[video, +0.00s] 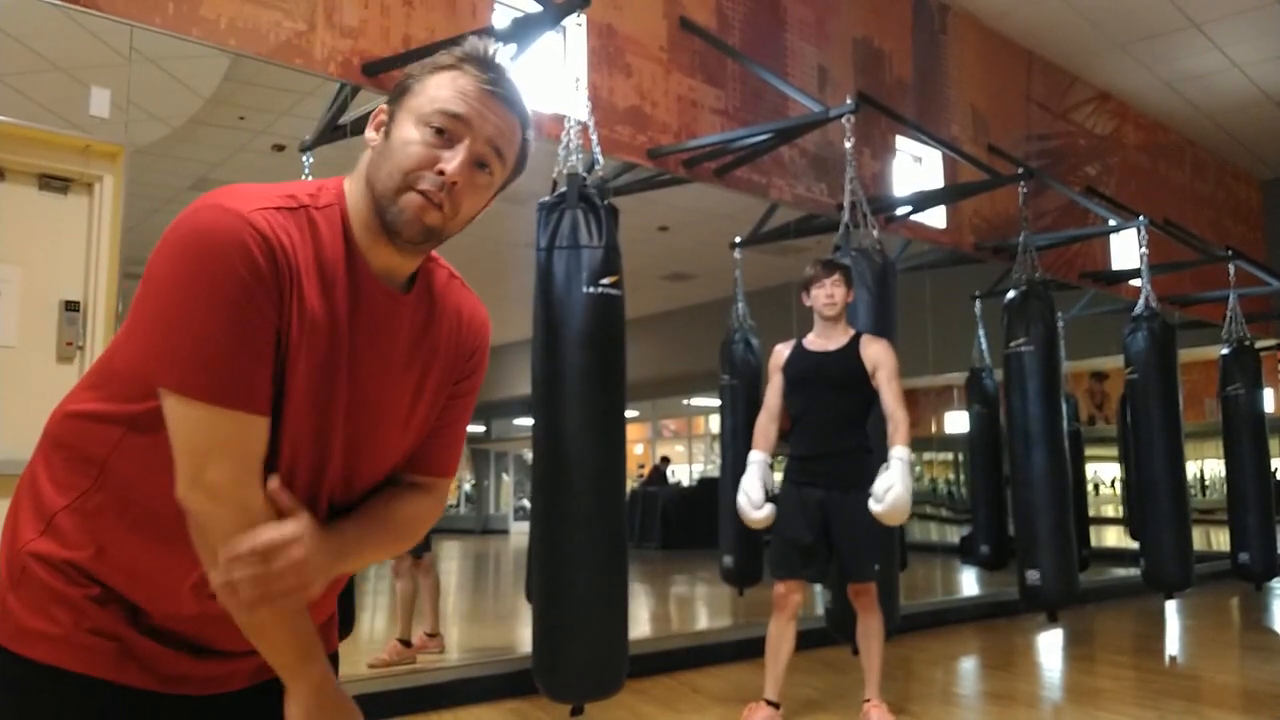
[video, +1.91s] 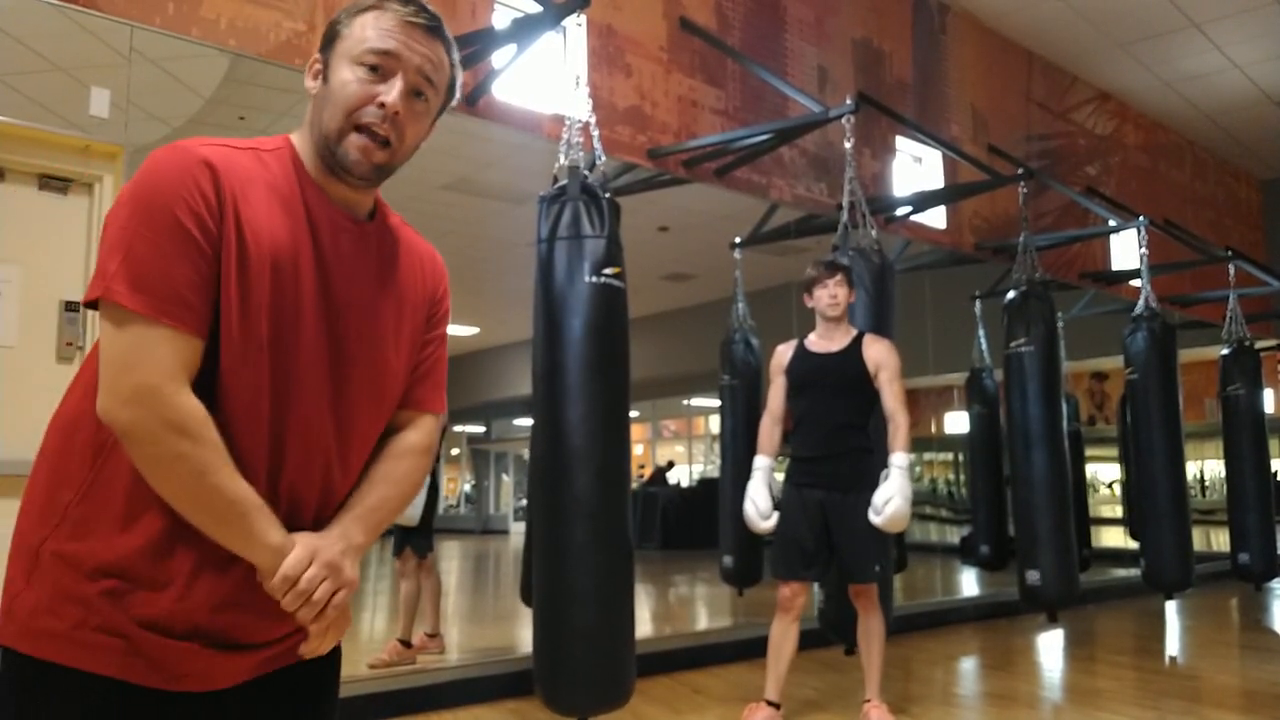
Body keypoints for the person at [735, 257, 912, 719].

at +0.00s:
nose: (830, 292)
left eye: (837, 286)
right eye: (822, 287)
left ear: (850, 295)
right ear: (807, 297)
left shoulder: (874, 350)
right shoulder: (785, 354)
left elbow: (896, 415)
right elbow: (769, 416)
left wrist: (899, 465)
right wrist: (756, 470)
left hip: (858, 490)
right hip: (799, 489)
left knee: (865, 595)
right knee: (784, 596)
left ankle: (872, 699)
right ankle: (770, 702)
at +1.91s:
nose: (833, 293)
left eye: (840, 286)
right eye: (825, 287)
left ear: (851, 295)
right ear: (809, 298)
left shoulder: (877, 350)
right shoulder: (787, 354)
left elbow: (897, 416)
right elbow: (772, 419)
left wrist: (898, 473)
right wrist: (761, 476)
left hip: (860, 491)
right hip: (802, 491)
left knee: (866, 596)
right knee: (788, 598)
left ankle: (873, 700)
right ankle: (770, 702)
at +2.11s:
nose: (835, 293)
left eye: (841, 286)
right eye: (826, 287)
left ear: (852, 294)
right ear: (810, 297)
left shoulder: (877, 350)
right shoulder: (787, 354)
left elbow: (897, 416)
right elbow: (773, 420)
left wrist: (899, 472)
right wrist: (761, 476)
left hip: (860, 490)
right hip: (803, 490)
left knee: (866, 596)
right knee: (788, 597)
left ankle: (873, 700)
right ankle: (770, 702)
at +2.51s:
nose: (832, 293)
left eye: (839, 287)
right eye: (823, 288)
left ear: (852, 295)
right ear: (810, 298)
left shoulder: (878, 351)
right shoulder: (790, 355)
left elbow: (898, 418)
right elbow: (775, 421)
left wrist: (899, 474)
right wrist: (761, 478)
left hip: (860, 492)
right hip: (802, 491)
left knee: (865, 597)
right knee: (787, 598)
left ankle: (873, 701)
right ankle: (770, 703)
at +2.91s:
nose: (831, 294)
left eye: (839, 287)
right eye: (823, 289)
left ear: (852, 296)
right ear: (811, 299)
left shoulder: (879, 351)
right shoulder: (791, 356)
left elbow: (899, 418)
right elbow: (777, 422)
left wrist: (899, 475)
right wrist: (763, 479)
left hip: (860, 493)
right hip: (803, 492)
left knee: (866, 597)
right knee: (789, 599)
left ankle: (873, 701)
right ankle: (770, 703)